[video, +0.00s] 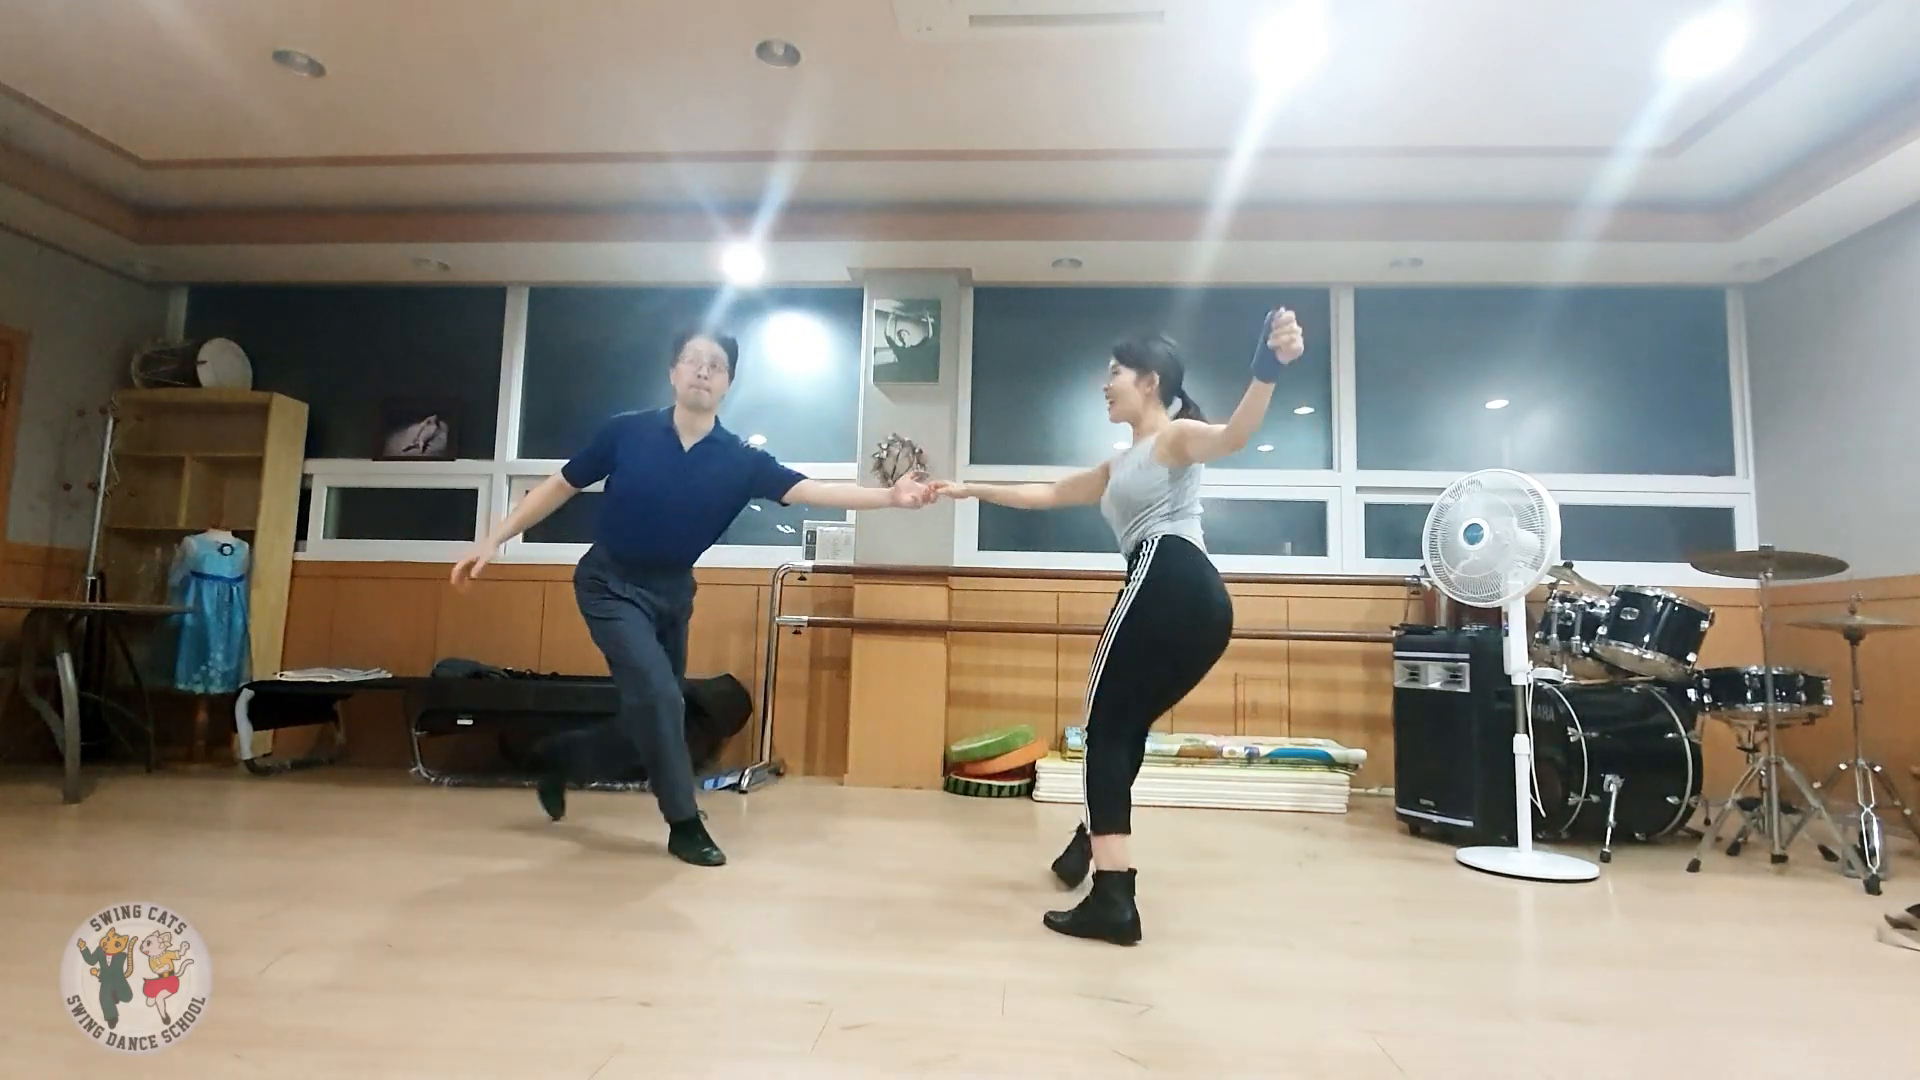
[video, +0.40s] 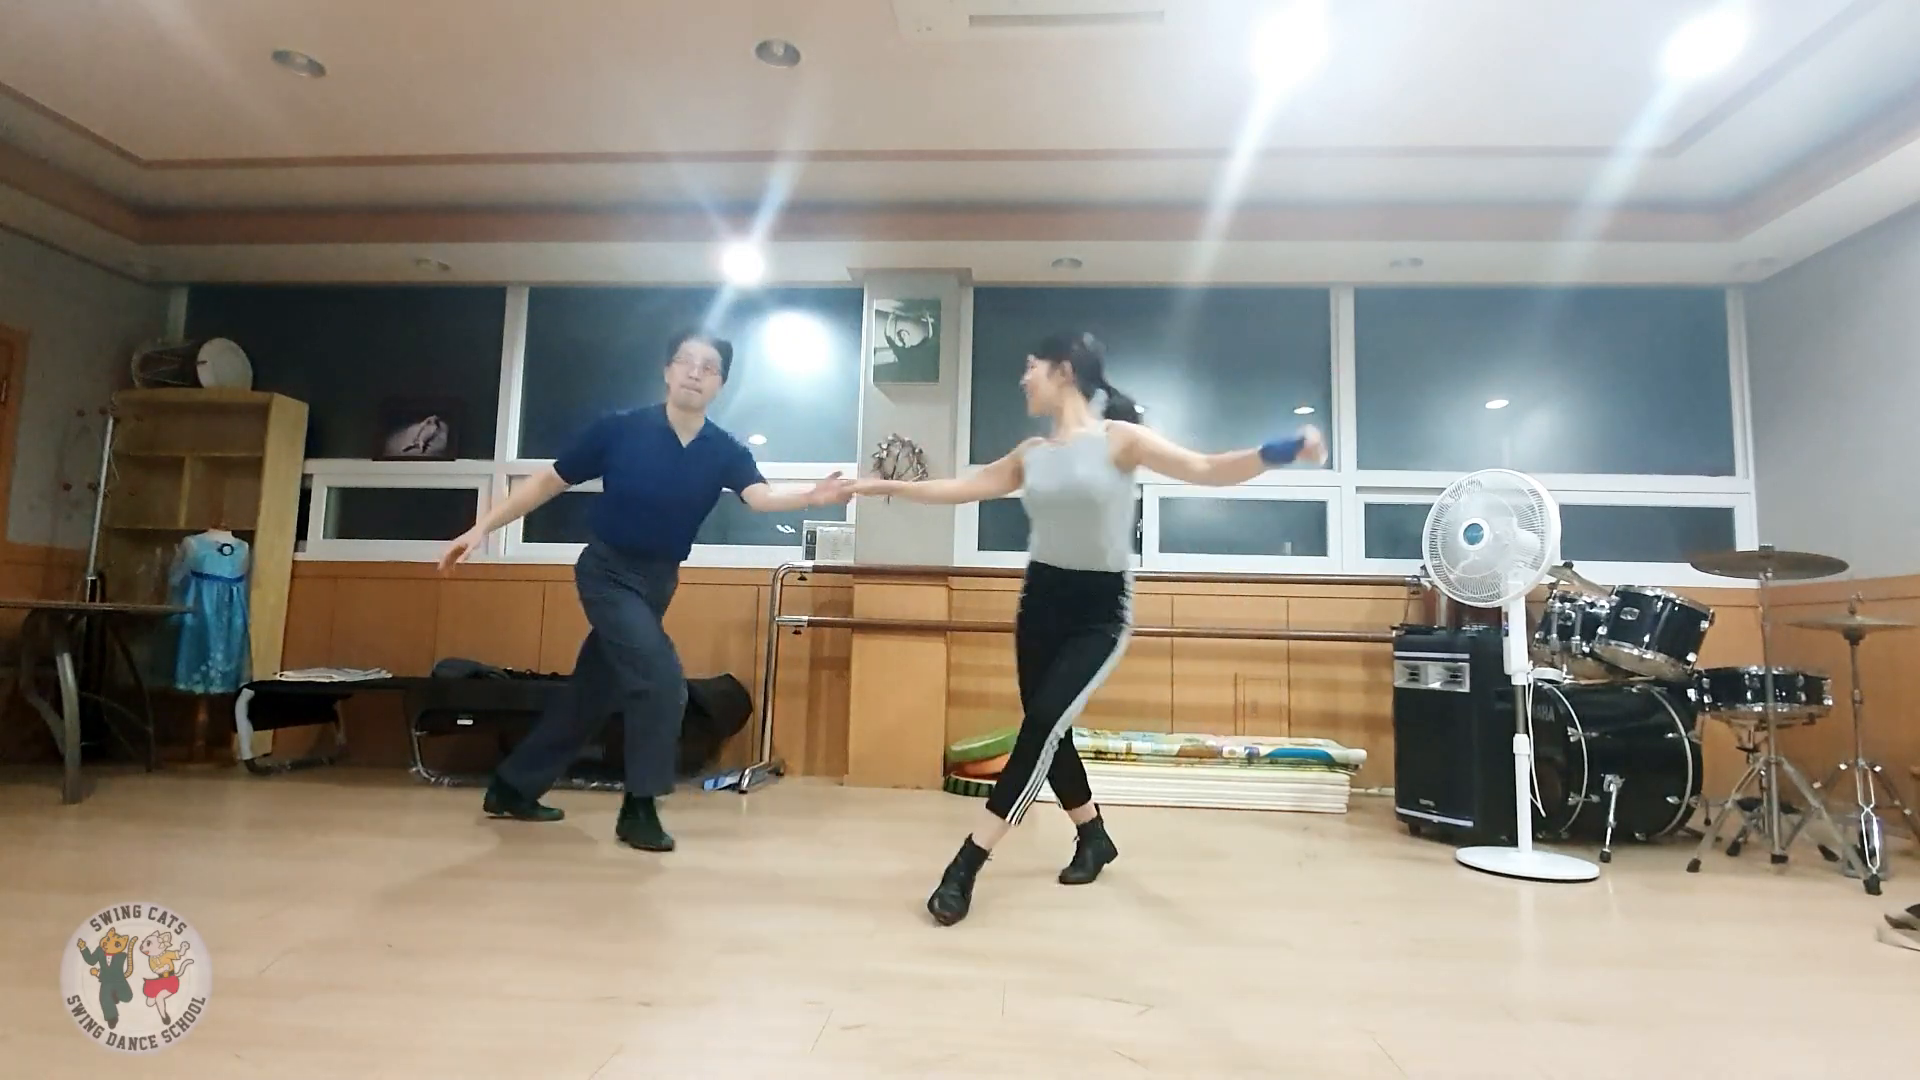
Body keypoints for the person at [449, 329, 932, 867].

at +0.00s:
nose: (701, 372)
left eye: (714, 366)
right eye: (692, 362)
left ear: (728, 385)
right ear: (671, 374)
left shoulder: (741, 461)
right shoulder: (627, 434)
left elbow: (812, 490)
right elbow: (559, 487)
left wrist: (892, 495)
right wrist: (492, 541)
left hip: (671, 595)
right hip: (611, 583)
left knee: (651, 722)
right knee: (657, 691)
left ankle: (557, 758)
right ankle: (685, 823)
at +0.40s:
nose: (694, 374)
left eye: (707, 368)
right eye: (686, 363)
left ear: (719, 385)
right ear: (667, 372)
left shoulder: (725, 450)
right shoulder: (620, 430)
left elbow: (760, 498)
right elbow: (546, 482)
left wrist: (816, 495)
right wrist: (480, 529)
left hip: (657, 583)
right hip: (605, 573)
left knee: (591, 690)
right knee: (660, 676)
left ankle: (512, 787)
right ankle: (639, 809)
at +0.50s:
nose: (710, 365)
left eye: (722, 359)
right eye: (702, 353)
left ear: (735, 375)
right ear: (680, 361)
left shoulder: (741, 444)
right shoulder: (636, 429)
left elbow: (751, 511)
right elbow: (568, 483)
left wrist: (790, 506)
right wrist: (504, 533)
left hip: (676, 582)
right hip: (626, 574)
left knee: (607, 689)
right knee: (664, 685)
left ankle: (522, 774)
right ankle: (635, 812)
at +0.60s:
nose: (731, 347)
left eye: (743, 341)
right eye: (723, 336)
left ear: (755, 357)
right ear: (700, 345)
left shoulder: (760, 429)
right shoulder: (659, 413)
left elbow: (765, 502)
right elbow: (602, 474)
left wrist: (788, 504)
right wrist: (555, 528)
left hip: (698, 568)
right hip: (646, 562)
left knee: (680, 689)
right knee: (660, 685)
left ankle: (582, 765)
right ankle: (634, 810)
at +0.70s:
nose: (752, 335)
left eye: (764, 328)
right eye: (743, 325)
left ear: (778, 341)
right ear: (723, 333)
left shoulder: (782, 415)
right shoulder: (681, 399)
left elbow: (779, 481)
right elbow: (636, 466)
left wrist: (803, 493)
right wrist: (622, 512)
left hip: (725, 560)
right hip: (666, 553)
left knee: (736, 676)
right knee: (661, 676)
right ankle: (633, 807)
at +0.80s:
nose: (777, 336)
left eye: (789, 329)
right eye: (767, 325)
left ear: (800, 342)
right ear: (746, 332)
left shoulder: (804, 412)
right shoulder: (709, 398)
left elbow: (824, 480)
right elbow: (667, 470)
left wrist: (898, 464)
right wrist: (683, 497)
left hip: (759, 562)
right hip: (695, 556)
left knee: (777, 681)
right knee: (677, 676)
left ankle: (785, 813)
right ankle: (635, 811)